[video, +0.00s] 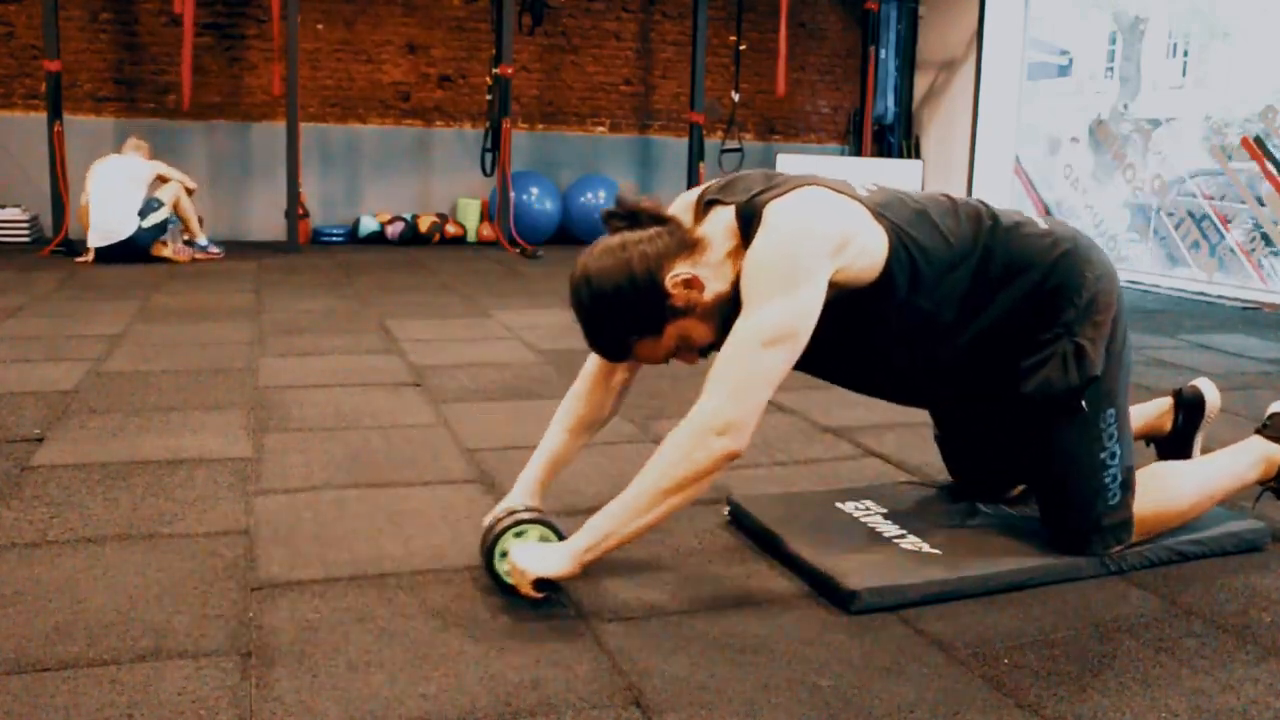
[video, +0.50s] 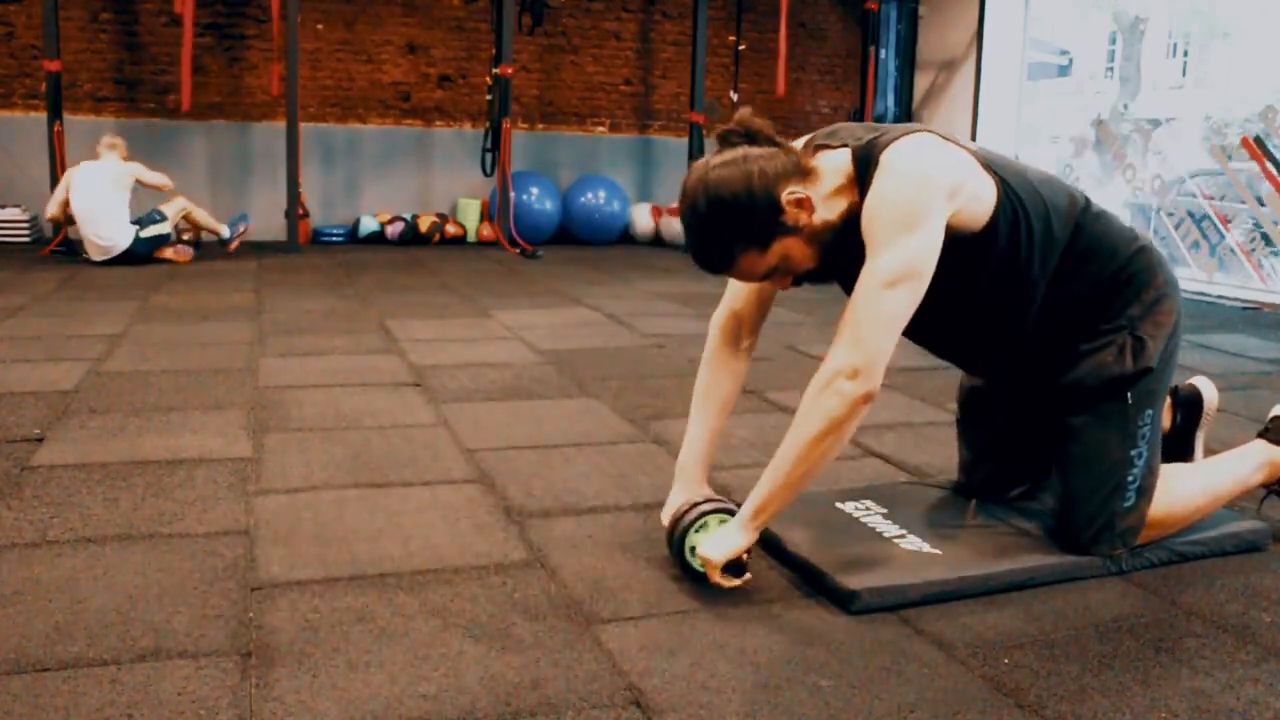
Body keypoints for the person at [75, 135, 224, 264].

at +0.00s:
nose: (147, 160)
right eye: (147, 157)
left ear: (121, 151)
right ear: (145, 155)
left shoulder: (96, 166)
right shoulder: (148, 165)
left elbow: (85, 207)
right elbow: (191, 185)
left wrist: (91, 250)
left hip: (103, 251)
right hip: (131, 244)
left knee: (149, 244)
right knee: (176, 188)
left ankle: (173, 253)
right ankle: (201, 241)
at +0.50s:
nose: (121, 159)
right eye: (123, 155)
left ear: (97, 152)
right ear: (123, 153)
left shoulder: (74, 172)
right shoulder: (129, 168)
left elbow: (51, 214)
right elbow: (167, 184)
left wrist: (74, 216)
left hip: (95, 256)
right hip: (127, 248)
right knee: (181, 203)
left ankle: (167, 250)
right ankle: (227, 233)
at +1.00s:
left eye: (97, 152)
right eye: (114, 151)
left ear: (92, 154)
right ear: (118, 153)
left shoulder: (74, 176)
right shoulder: (132, 170)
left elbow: (51, 219)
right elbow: (166, 197)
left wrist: (35, 233)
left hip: (99, 256)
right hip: (132, 250)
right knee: (181, 206)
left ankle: (169, 251)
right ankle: (217, 238)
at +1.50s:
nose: (111, 148)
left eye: (106, 147)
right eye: (112, 148)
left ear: (90, 155)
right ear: (116, 155)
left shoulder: (70, 178)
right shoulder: (127, 170)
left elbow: (44, 221)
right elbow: (172, 193)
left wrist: (16, 248)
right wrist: (192, 199)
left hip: (96, 256)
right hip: (129, 248)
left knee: (140, 235)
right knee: (184, 210)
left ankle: (169, 252)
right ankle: (222, 238)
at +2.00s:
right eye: (121, 154)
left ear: (94, 154)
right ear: (121, 154)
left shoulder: (75, 178)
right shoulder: (129, 172)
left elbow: (72, 225)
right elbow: (173, 195)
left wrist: (76, 242)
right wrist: (186, 203)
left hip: (96, 255)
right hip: (128, 247)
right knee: (185, 211)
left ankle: (169, 253)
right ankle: (224, 239)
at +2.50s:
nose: (125, 155)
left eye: (119, 151)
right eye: (125, 152)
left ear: (101, 155)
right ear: (125, 155)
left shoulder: (78, 175)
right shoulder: (133, 171)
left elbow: (49, 216)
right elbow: (176, 194)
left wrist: (34, 234)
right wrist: (193, 200)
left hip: (99, 255)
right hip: (131, 247)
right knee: (188, 211)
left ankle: (173, 250)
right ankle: (226, 239)